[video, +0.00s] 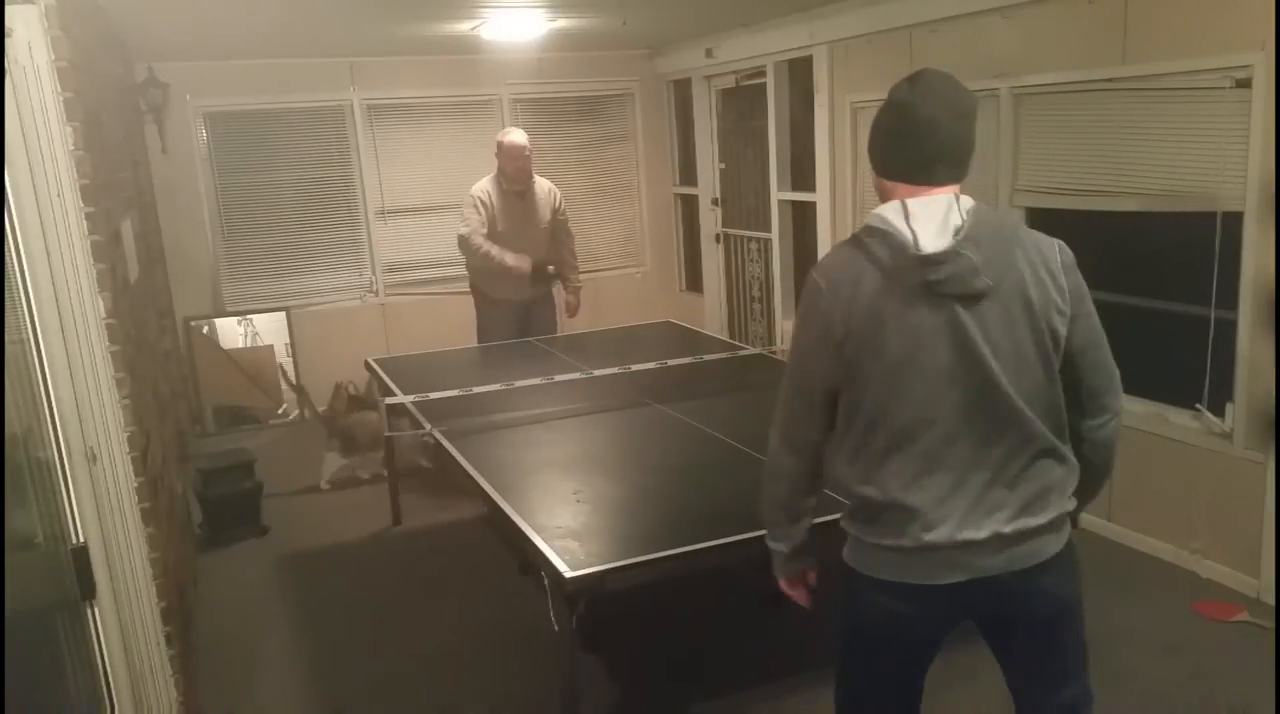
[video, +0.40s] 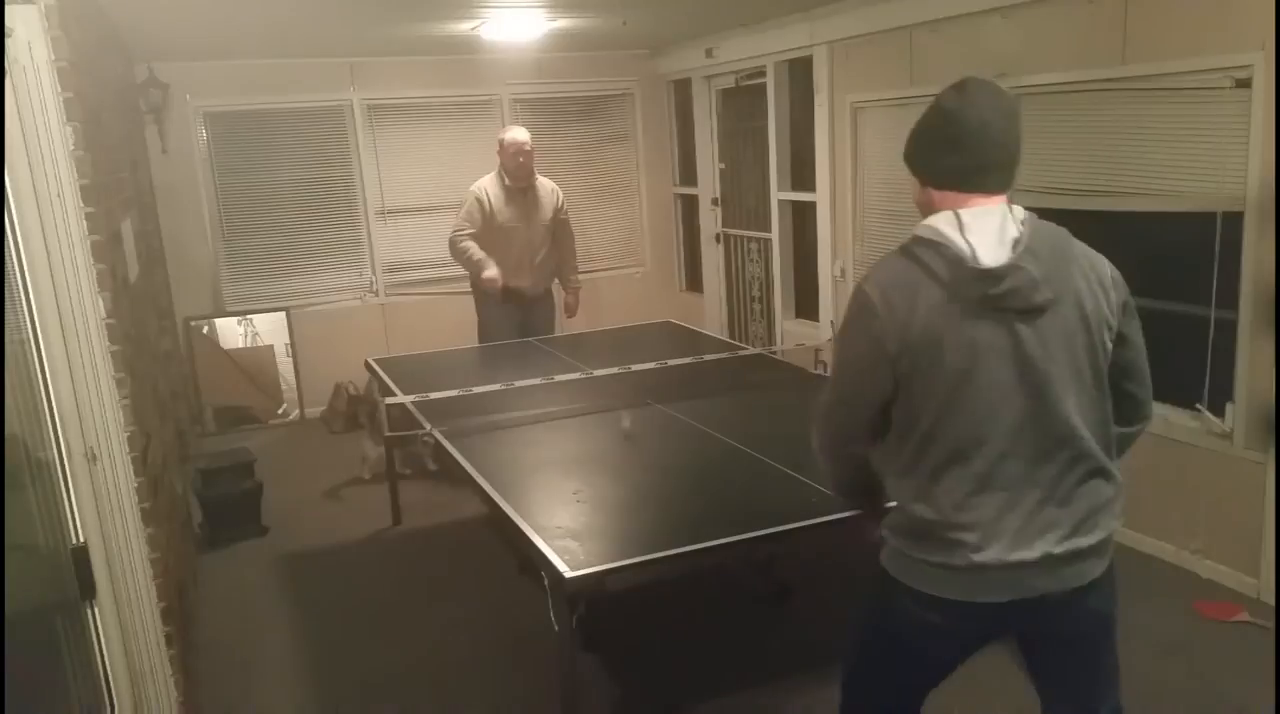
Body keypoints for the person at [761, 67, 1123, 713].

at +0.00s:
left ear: (876, 167)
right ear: (966, 161)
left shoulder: (839, 279)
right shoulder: (1046, 261)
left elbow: (795, 434)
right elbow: (1101, 407)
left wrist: (788, 546)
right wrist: (1069, 493)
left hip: (893, 579)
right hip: (1033, 570)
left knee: (874, 706)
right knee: (1061, 705)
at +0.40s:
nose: (913, 188)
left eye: (913, 175)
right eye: (918, 173)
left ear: (922, 181)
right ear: (1010, 171)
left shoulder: (891, 290)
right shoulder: (1093, 273)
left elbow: (838, 436)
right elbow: (1132, 408)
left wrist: (878, 503)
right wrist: (1064, 471)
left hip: (939, 587)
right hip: (1074, 583)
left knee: (873, 704)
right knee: (1091, 708)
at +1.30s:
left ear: (757, 183)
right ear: (843, 184)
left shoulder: (708, 288)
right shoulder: (874, 286)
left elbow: (688, 429)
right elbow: (891, 469)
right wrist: (905, 618)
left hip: (712, 570)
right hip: (816, 589)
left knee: (743, 698)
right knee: (812, 699)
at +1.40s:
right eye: (829, 167)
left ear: (737, 188)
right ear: (829, 186)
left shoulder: (690, 296)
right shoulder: (869, 289)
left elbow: (663, 444)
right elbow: (909, 469)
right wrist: (938, 603)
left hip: (704, 594)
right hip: (818, 608)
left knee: (725, 701)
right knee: (827, 703)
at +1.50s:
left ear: (730, 202)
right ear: (821, 201)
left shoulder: (682, 310)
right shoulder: (863, 298)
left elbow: (653, 451)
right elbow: (920, 469)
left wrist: (716, 500)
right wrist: (963, 576)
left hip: (695, 597)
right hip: (819, 603)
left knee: (680, 702)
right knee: (890, 701)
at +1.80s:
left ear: (788, 219)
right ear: (880, 223)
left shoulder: (733, 334)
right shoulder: (941, 334)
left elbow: (692, 480)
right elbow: (997, 507)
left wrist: (706, 561)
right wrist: (973, 585)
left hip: (758, 630)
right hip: (899, 634)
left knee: (738, 701)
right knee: (965, 704)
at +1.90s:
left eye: (788, 192)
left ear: (788, 207)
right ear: (881, 203)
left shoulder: (757, 326)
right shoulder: (973, 317)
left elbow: (721, 474)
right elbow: (1015, 479)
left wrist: (697, 541)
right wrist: (953, 537)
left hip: (794, 626)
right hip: (940, 626)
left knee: (730, 702)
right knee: (968, 703)